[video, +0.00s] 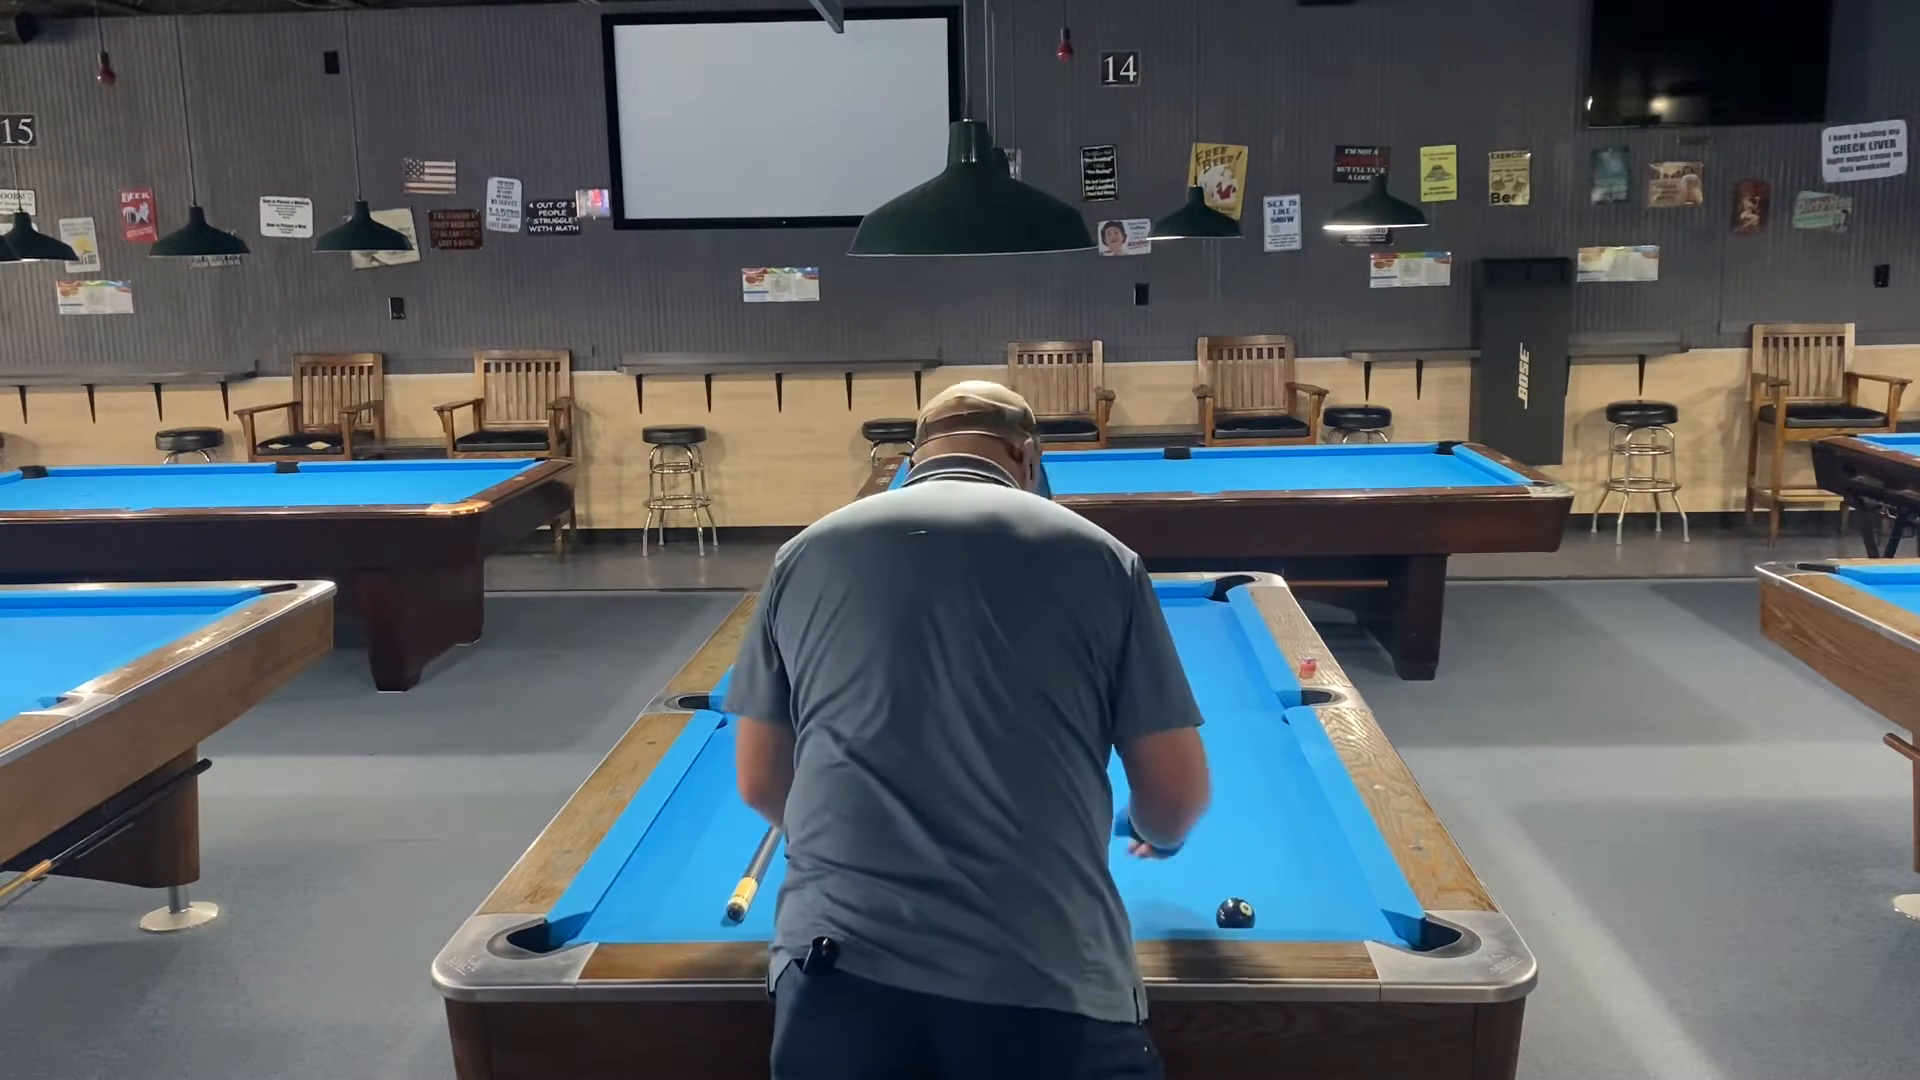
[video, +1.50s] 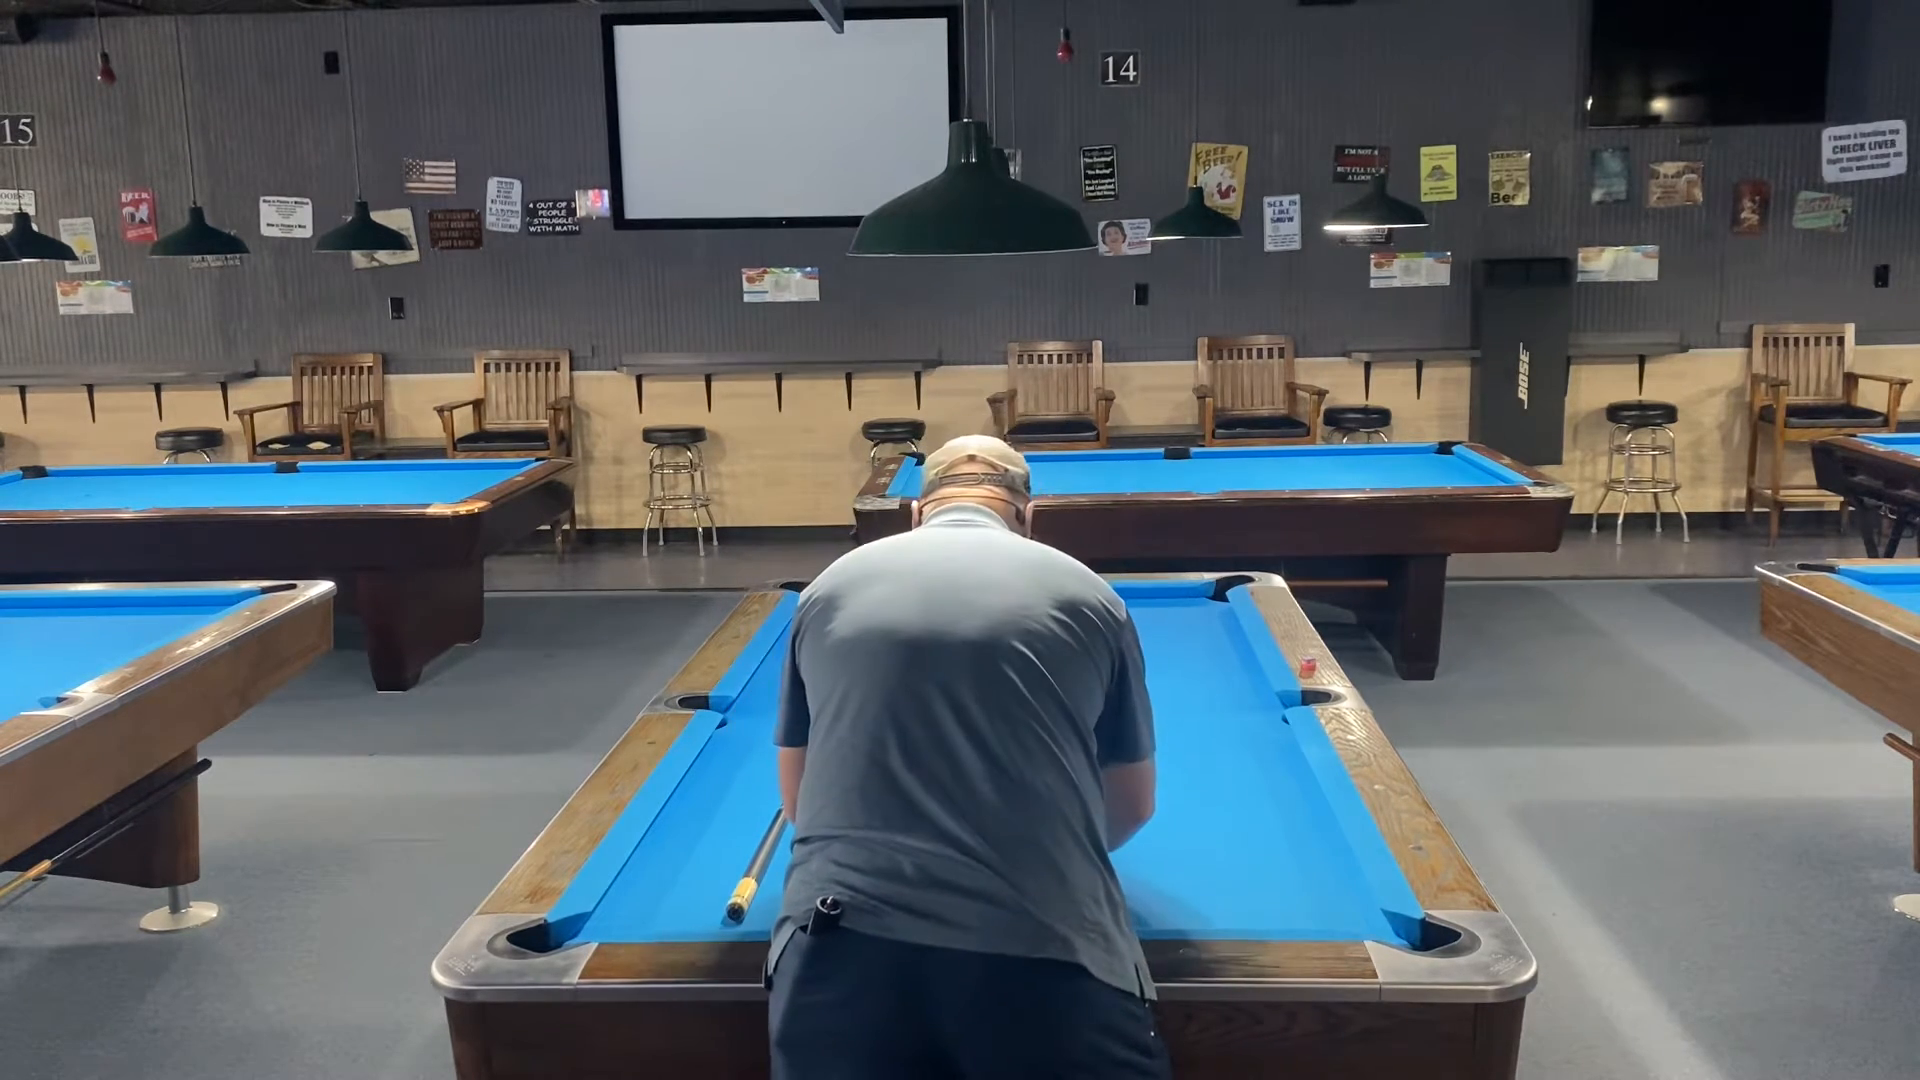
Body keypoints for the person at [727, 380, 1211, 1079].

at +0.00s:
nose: (1044, 485)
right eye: (1041, 470)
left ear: (914, 461)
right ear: (1027, 462)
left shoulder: (809, 552)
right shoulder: (1101, 561)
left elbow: (761, 778)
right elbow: (1176, 789)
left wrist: (846, 831)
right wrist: (1154, 831)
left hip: (844, 987)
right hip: (1053, 1005)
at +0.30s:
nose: (1058, 485)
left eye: (1058, 469)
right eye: (1058, 464)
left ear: (926, 456)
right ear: (1038, 447)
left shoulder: (820, 550)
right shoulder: (1107, 554)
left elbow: (778, 776)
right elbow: (1223, 772)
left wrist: (868, 834)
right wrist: (1235, 841)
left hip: (840, 992)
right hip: (1048, 1007)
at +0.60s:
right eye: (1052, 468)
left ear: (939, 458)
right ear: (1051, 463)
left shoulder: (837, 550)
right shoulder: (1120, 566)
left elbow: (783, 772)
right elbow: (1211, 789)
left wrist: (870, 835)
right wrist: (1234, 863)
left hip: (851, 982)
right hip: (1060, 1000)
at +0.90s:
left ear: (931, 477)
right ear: (1042, 487)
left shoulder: (835, 563)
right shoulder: (1108, 574)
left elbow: (793, 780)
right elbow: (1172, 795)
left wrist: (892, 786)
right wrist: (1109, 805)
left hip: (854, 979)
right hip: (1061, 988)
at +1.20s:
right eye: (1038, 500)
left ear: (921, 500)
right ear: (1031, 499)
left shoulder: (833, 578)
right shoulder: (1097, 586)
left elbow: (802, 786)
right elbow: (1131, 791)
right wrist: (1046, 848)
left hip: (844, 971)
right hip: (1051, 976)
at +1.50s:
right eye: (1032, 514)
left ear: (916, 512)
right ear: (1026, 515)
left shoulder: (831, 585)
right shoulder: (1091, 594)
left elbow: (799, 796)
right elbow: (1130, 801)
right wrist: (1039, 855)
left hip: (843, 967)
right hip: (1048, 973)